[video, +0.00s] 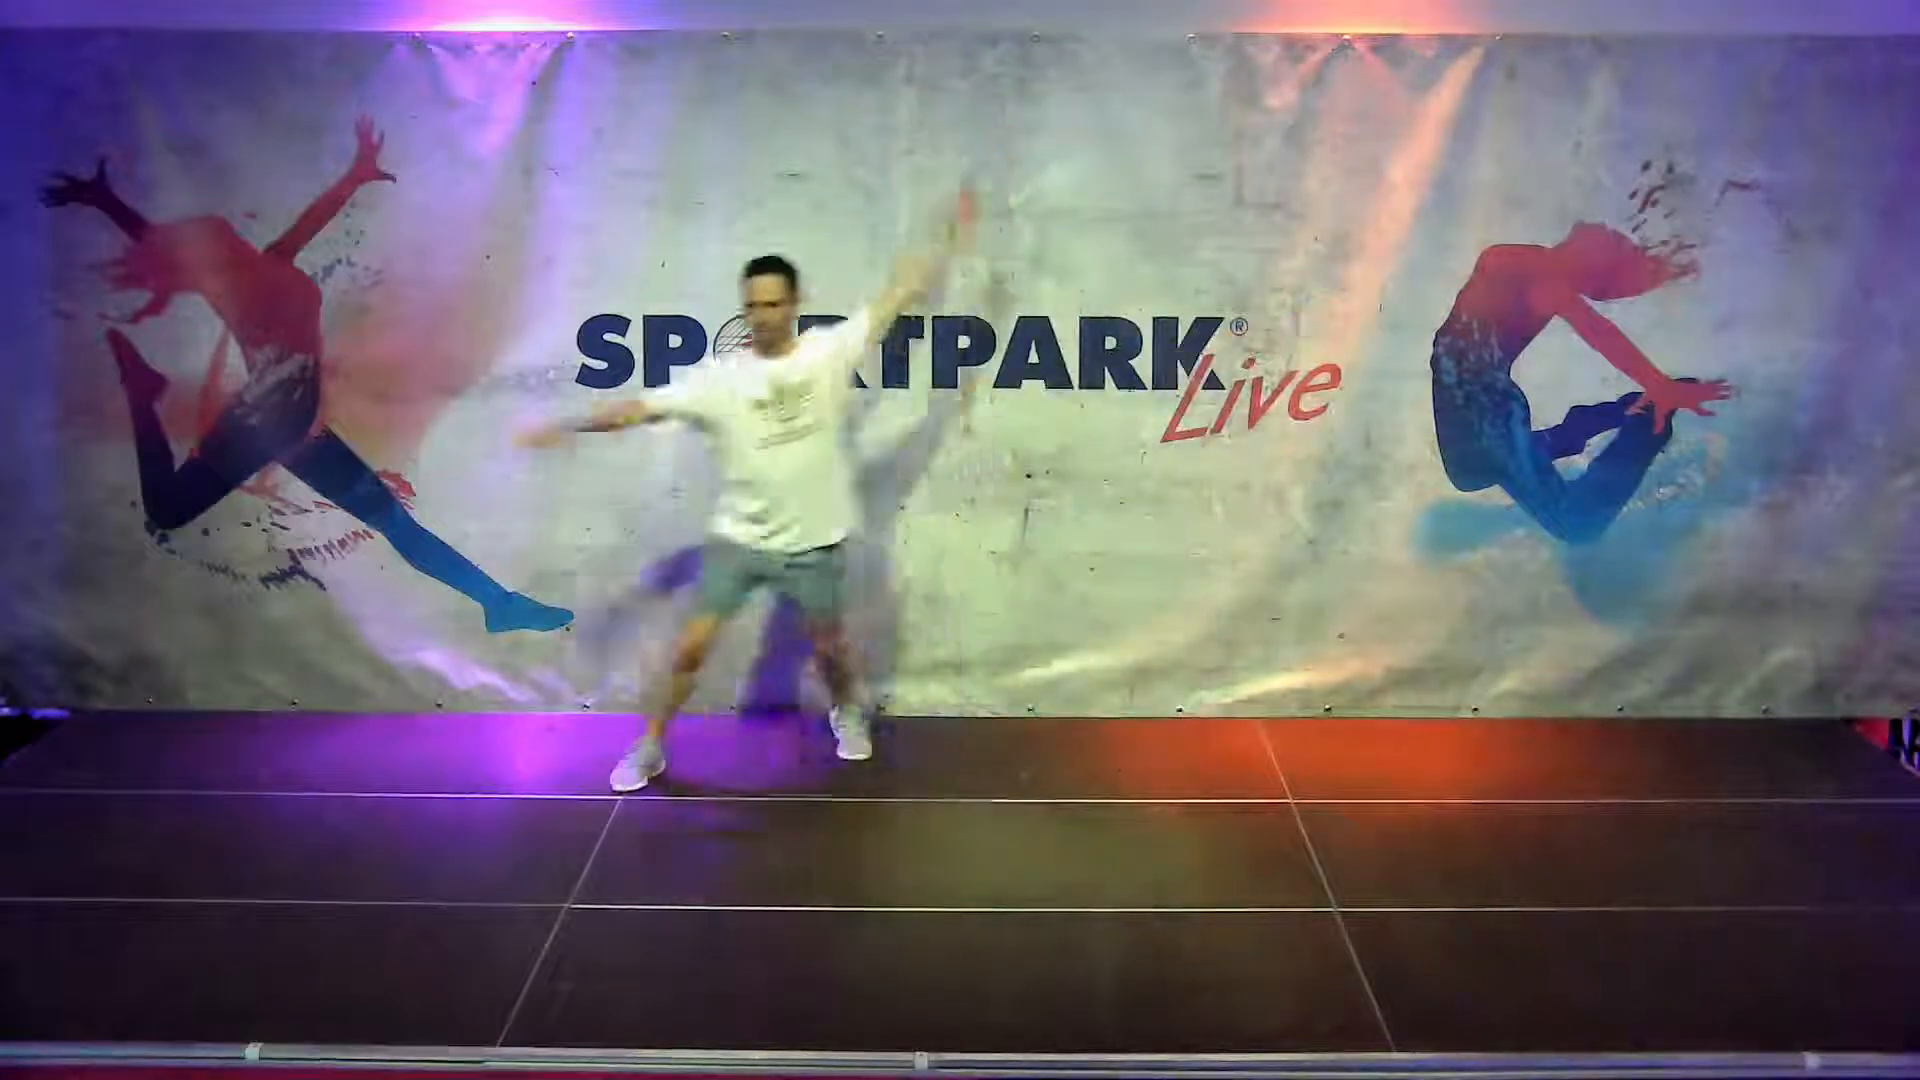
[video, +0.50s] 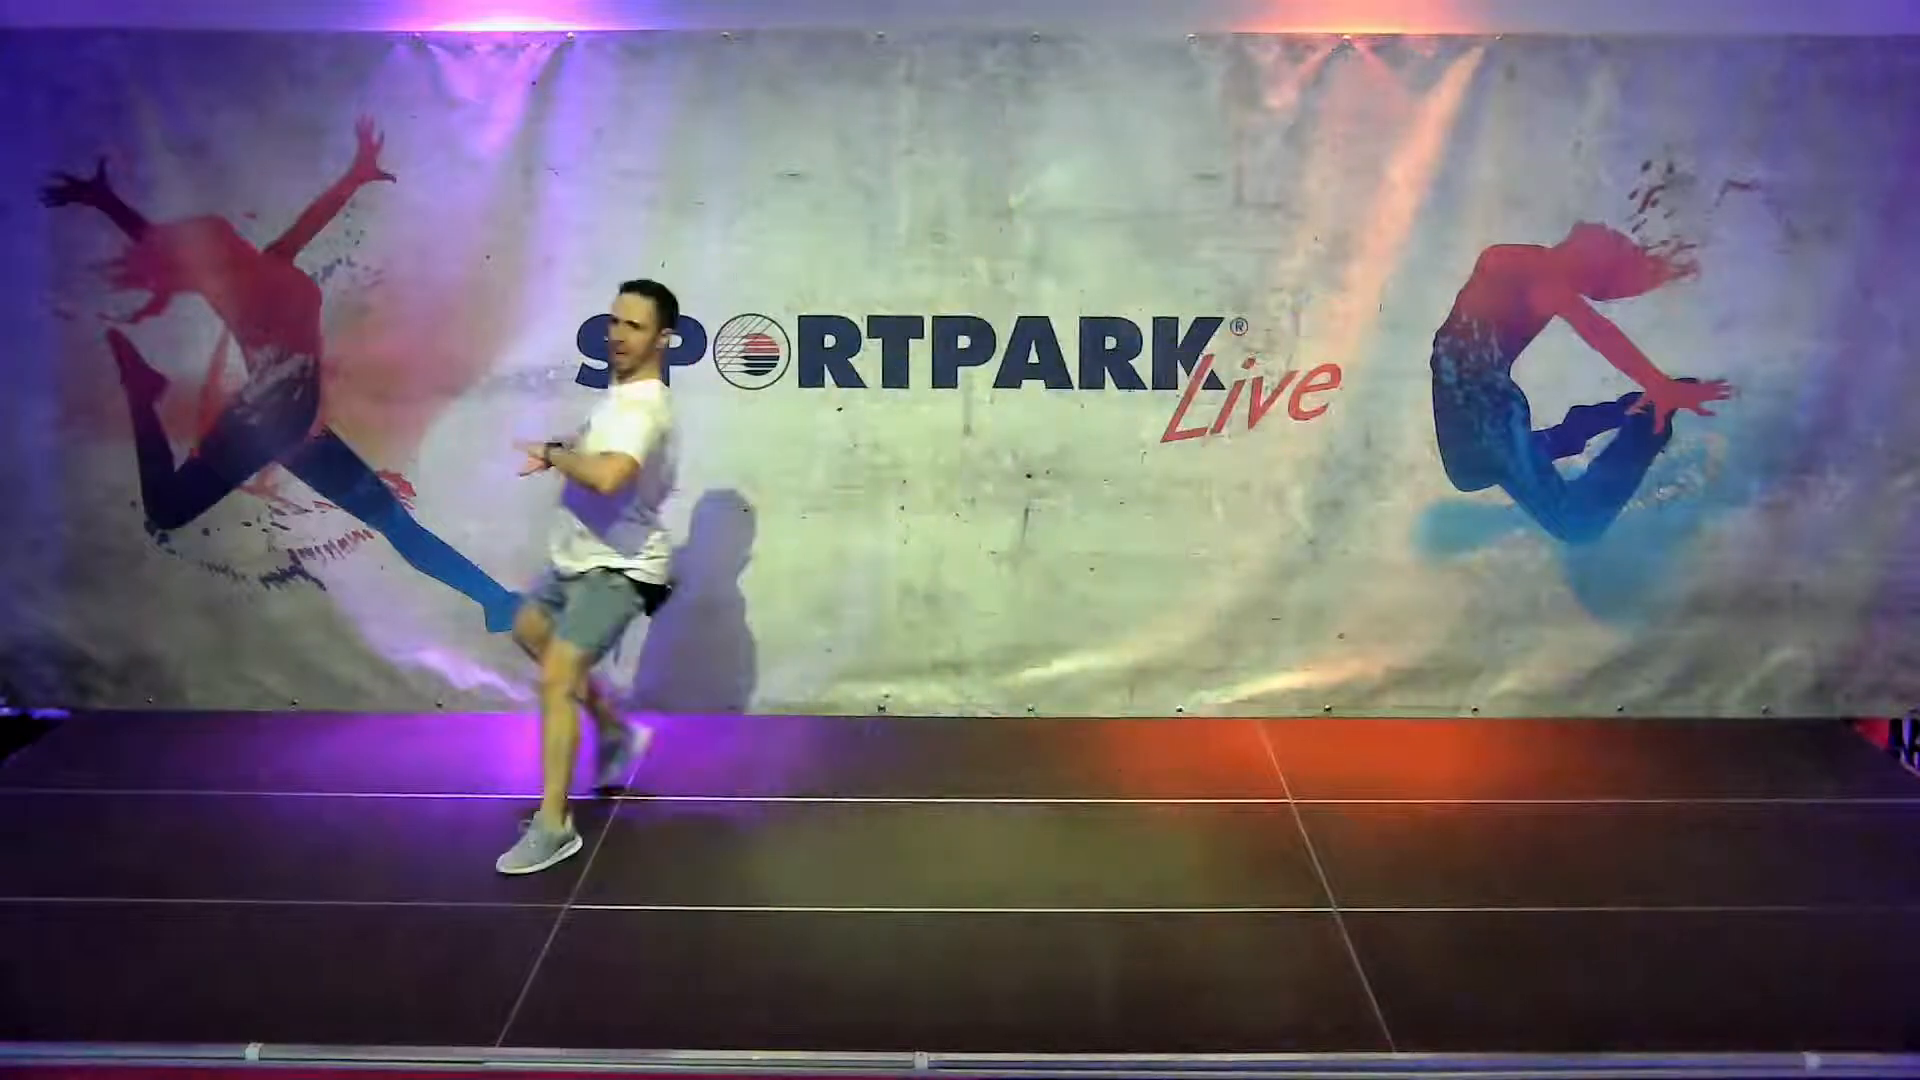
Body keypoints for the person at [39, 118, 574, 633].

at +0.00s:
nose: (182, 280)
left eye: (179, 262)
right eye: (177, 263)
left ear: (203, 254)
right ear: (193, 257)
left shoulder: (267, 267)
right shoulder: (230, 274)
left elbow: (309, 222)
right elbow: (153, 241)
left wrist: (357, 175)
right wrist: (99, 196)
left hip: (297, 426)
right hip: (262, 421)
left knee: (386, 513)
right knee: (166, 511)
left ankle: (500, 602)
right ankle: (141, 392)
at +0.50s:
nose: (219, 245)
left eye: (214, 237)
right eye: (206, 245)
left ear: (224, 240)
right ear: (198, 261)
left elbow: (313, 218)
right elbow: (157, 246)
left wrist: (358, 174)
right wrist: (100, 197)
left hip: (299, 427)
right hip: (257, 426)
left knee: (395, 521)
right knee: (166, 508)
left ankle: (508, 609)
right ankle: (141, 393)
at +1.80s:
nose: (176, 291)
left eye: (176, 271)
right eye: (165, 278)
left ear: (202, 255)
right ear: (206, 253)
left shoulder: (262, 270)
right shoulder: (244, 274)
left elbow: (308, 223)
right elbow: (155, 243)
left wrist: (357, 176)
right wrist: (105, 201)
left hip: (294, 424)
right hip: (264, 420)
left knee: (386, 512)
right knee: (166, 511)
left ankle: (499, 601)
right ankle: (139, 393)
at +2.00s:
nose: (177, 292)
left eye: (176, 272)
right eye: (166, 279)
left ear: (202, 255)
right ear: (204, 254)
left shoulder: (262, 269)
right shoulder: (244, 275)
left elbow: (307, 223)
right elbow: (156, 243)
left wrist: (357, 176)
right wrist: (104, 201)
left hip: (295, 424)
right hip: (263, 421)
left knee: (386, 512)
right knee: (166, 511)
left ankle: (499, 601)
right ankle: (140, 393)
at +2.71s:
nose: (181, 293)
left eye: (180, 272)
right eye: (178, 275)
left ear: (202, 256)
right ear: (208, 248)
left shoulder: (262, 271)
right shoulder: (243, 279)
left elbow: (308, 223)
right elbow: (160, 242)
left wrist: (358, 175)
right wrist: (104, 201)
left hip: (297, 427)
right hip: (259, 424)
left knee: (392, 519)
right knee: (166, 511)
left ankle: (500, 602)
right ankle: (140, 391)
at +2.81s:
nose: (182, 292)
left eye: (181, 272)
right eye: (179, 274)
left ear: (202, 255)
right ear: (203, 252)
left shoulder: (263, 270)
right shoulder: (240, 280)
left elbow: (307, 223)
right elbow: (158, 243)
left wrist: (357, 175)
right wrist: (104, 200)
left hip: (298, 427)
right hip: (260, 423)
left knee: (388, 517)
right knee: (165, 511)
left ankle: (500, 602)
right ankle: (140, 393)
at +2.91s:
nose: (187, 288)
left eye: (186, 268)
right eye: (187, 267)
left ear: (205, 254)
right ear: (205, 251)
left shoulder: (262, 270)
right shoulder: (238, 280)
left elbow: (308, 223)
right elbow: (158, 244)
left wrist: (357, 175)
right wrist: (104, 201)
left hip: (298, 426)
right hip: (260, 422)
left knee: (388, 516)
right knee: (166, 511)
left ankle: (500, 602)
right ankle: (140, 394)